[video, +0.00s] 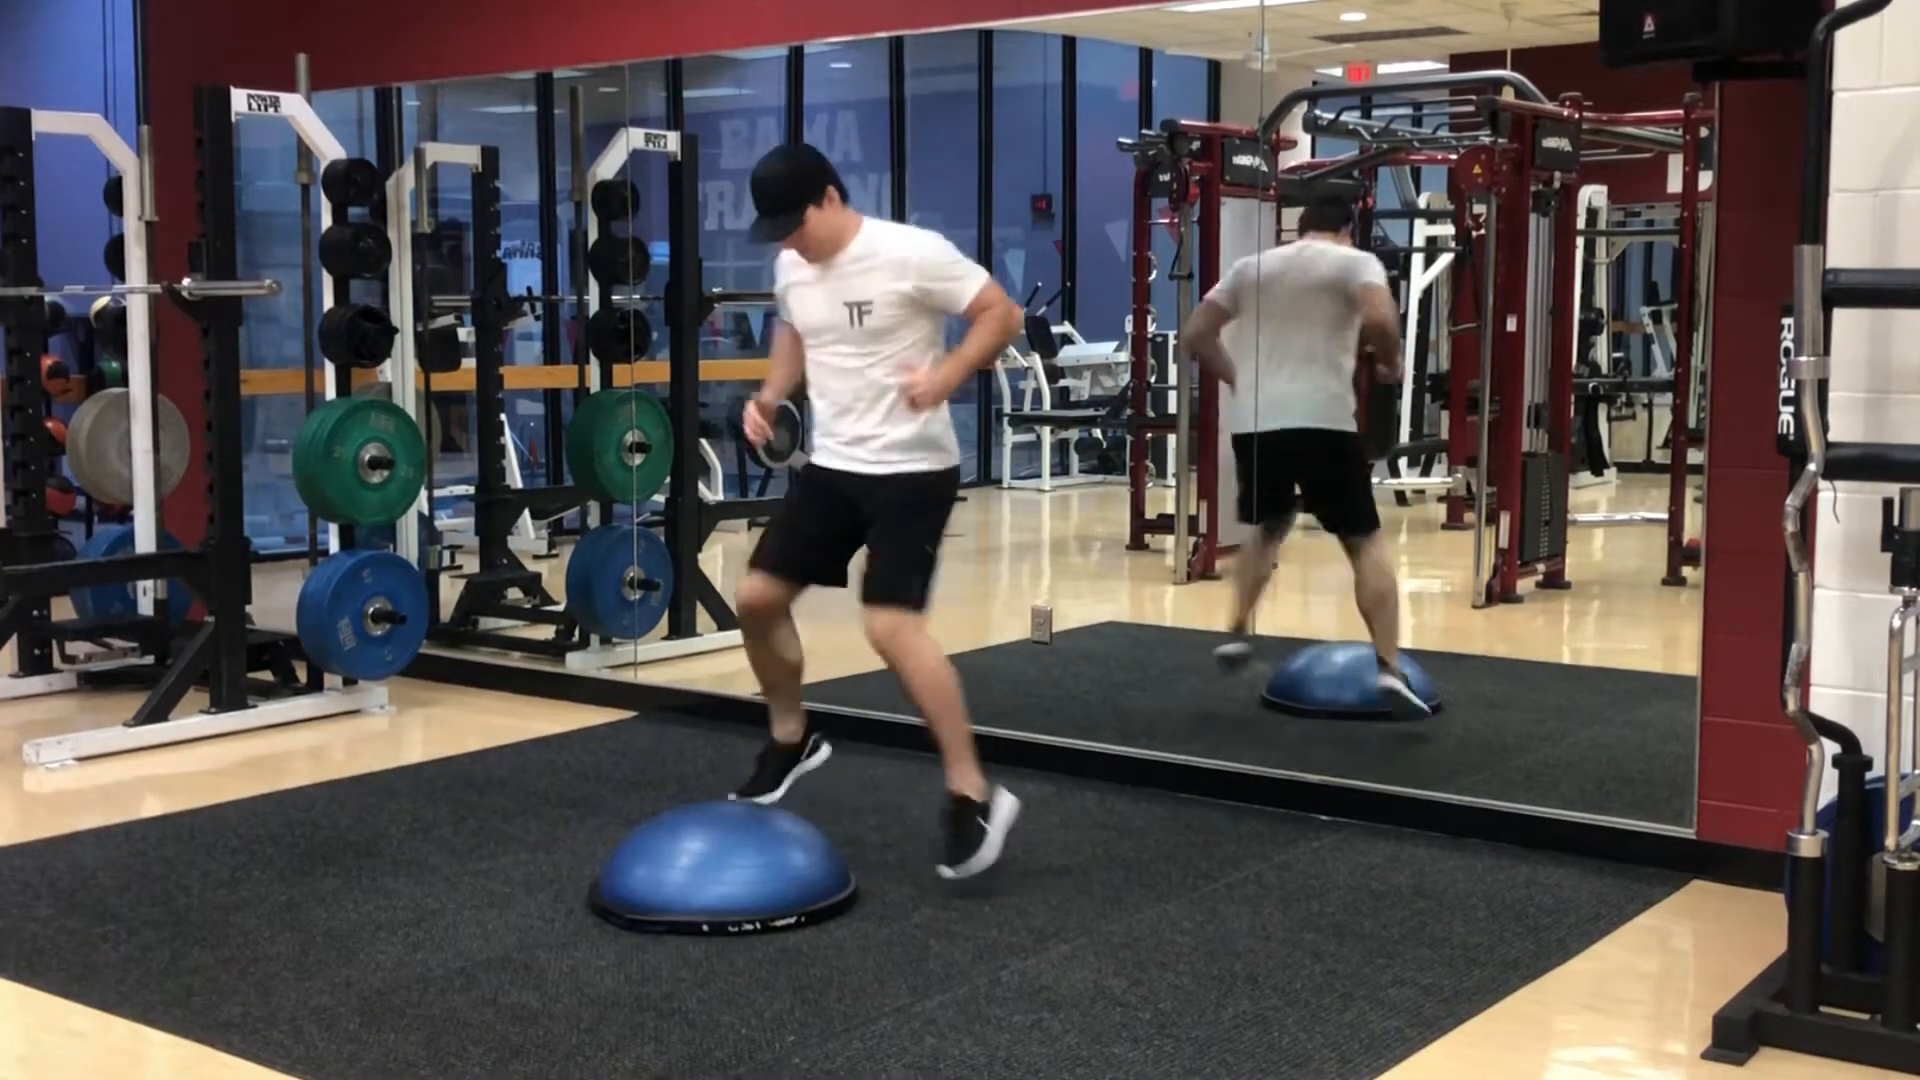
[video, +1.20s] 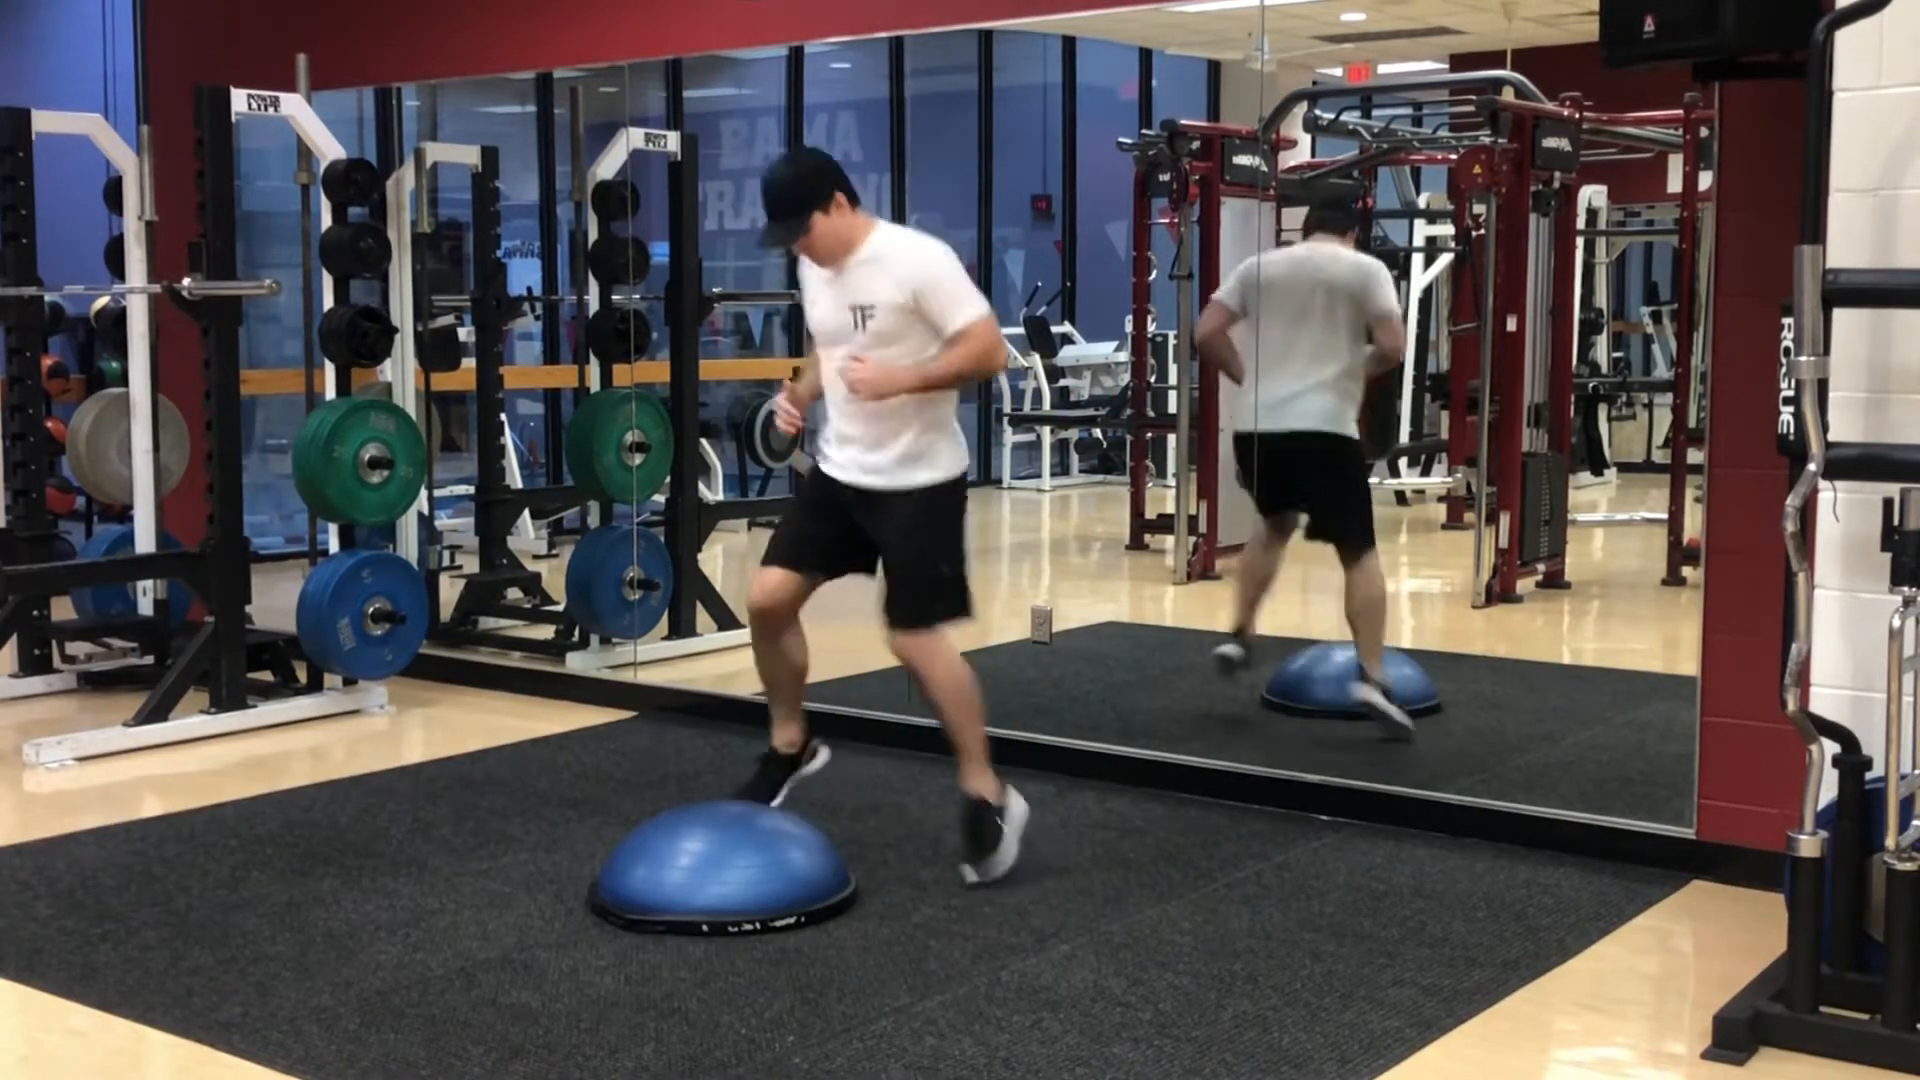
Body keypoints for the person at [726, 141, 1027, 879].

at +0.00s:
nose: (789, 245)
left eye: (794, 228)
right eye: (782, 234)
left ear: (828, 199)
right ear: (787, 218)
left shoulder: (912, 253)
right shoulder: (794, 267)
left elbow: (1003, 312)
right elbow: (793, 339)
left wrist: (947, 374)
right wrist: (769, 398)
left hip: (912, 472)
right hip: (831, 470)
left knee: (891, 623)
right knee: (758, 600)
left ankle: (973, 795)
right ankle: (789, 740)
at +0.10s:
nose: (808, 270)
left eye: (812, 253)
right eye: (799, 259)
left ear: (847, 225)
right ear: (802, 246)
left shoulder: (925, 286)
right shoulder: (820, 295)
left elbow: (998, 375)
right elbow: (836, 385)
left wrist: (929, 429)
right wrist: (806, 442)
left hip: (933, 509)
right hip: (855, 500)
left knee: (946, 667)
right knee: (758, 567)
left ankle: (1019, 828)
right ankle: (805, 733)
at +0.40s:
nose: (799, 243)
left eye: (802, 227)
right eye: (791, 232)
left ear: (838, 197)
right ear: (814, 209)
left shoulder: (923, 247)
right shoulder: (810, 264)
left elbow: (1009, 319)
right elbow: (824, 350)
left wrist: (936, 373)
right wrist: (801, 360)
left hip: (919, 470)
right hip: (838, 467)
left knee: (894, 616)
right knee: (778, 609)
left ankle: (960, 766)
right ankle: (792, 748)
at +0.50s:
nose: (783, 254)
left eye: (789, 238)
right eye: (775, 244)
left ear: (826, 211)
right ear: (774, 235)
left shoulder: (909, 258)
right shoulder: (779, 279)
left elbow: (1007, 311)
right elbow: (760, 362)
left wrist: (982, 402)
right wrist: (774, 375)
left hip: (916, 462)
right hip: (834, 476)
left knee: (837, 571)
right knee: (801, 642)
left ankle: (872, 724)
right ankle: (794, 784)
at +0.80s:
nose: (788, 237)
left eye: (794, 220)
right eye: (781, 225)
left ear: (831, 194)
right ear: (789, 214)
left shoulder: (913, 242)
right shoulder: (790, 268)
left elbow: (1009, 295)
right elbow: (780, 344)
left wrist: (949, 357)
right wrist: (775, 379)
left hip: (922, 462)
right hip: (839, 469)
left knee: (877, 603)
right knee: (795, 623)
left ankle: (947, 763)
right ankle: (800, 766)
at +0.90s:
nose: (802, 247)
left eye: (807, 231)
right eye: (795, 237)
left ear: (842, 202)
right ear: (799, 223)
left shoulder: (924, 256)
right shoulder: (814, 269)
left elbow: (1003, 337)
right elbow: (826, 353)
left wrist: (928, 388)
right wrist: (802, 403)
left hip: (936, 481)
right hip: (857, 479)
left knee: (937, 644)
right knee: (779, 589)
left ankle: (1004, 811)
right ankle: (812, 744)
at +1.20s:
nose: (800, 250)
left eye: (803, 234)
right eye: (791, 240)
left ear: (838, 205)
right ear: (802, 221)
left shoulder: (920, 259)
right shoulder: (813, 267)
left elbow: (988, 349)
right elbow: (831, 350)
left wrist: (904, 377)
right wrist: (799, 391)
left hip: (919, 487)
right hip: (838, 480)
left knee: (919, 639)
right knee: (769, 599)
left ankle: (986, 793)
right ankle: (789, 745)